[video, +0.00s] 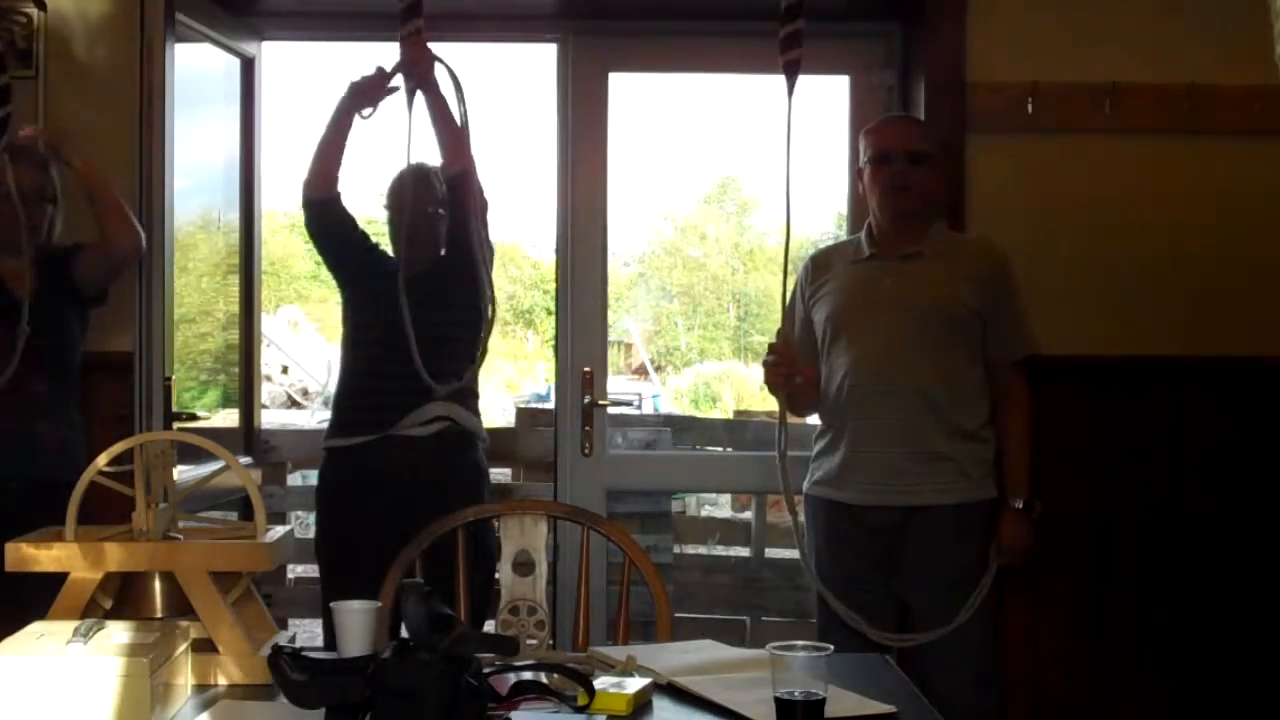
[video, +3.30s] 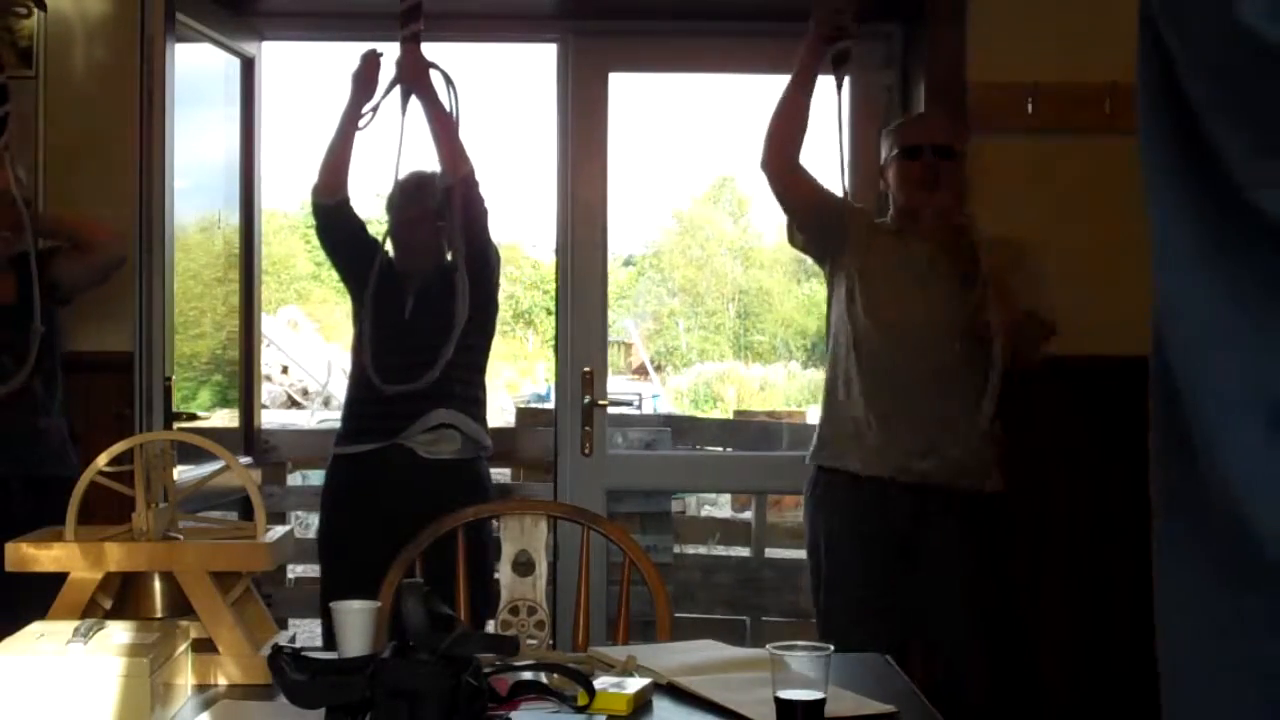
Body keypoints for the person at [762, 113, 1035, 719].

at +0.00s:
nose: (900, 173)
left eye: (917, 160)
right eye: (884, 161)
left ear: (939, 175)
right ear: (862, 177)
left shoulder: (979, 264)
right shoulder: (822, 269)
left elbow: (1010, 389)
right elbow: (805, 397)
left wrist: (1016, 503)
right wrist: (787, 384)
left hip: (952, 509)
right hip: (842, 508)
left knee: (953, 684)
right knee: (853, 681)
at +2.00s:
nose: (846, 173)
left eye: (865, 161)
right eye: (843, 162)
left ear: (910, 178)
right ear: (838, 175)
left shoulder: (958, 262)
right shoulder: (811, 272)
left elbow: (996, 383)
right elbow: (800, 397)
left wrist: (997, 498)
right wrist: (769, 386)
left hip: (933, 508)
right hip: (829, 508)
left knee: (940, 678)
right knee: (841, 676)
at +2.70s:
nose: (966, 176)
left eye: (966, 164)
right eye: (949, 165)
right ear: (894, 179)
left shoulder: (1000, 265)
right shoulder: (834, 259)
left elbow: (1031, 388)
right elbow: (763, 353)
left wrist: (1040, 496)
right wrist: (789, 280)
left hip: (970, 508)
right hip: (859, 506)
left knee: (969, 685)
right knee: (862, 681)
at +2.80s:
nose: (971, 172)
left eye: (971, 160)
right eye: (951, 160)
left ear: (977, 170)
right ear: (899, 178)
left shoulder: (1009, 262)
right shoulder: (851, 251)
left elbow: (1038, 384)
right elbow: (751, 301)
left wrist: (1053, 488)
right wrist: (797, 208)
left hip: (977, 509)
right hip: (868, 508)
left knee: (973, 686)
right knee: (864, 683)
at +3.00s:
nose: (960, 170)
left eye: (968, 158)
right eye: (942, 157)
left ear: (981, 169)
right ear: (903, 173)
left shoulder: (1016, 264)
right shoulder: (867, 245)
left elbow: (1046, 388)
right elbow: (757, 200)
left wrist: (1036, 494)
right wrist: (808, 90)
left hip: (977, 502)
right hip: (868, 502)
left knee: (977, 678)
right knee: (871, 675)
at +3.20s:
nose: (939, 167)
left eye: (953, 154)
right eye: (922, 153)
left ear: (969, 169)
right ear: (892, 170)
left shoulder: (1006, 261)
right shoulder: (857, 241)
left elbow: (1035, 388)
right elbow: (781, 159)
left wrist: (1005, 470)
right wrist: (812, 50)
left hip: (969, 505)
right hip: (861, 499)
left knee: (971, 675)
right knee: (866, 673)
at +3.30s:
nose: (929, 165)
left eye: (944, 154)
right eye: (912, 153)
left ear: (963, 169)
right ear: (884, 172)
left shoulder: (994, 259)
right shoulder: (851, 239)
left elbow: (1025, 365)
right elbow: (780, 163)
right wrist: (812, 56)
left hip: (957, 490)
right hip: (855, 486)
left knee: (961, 667)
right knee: (862, 665)